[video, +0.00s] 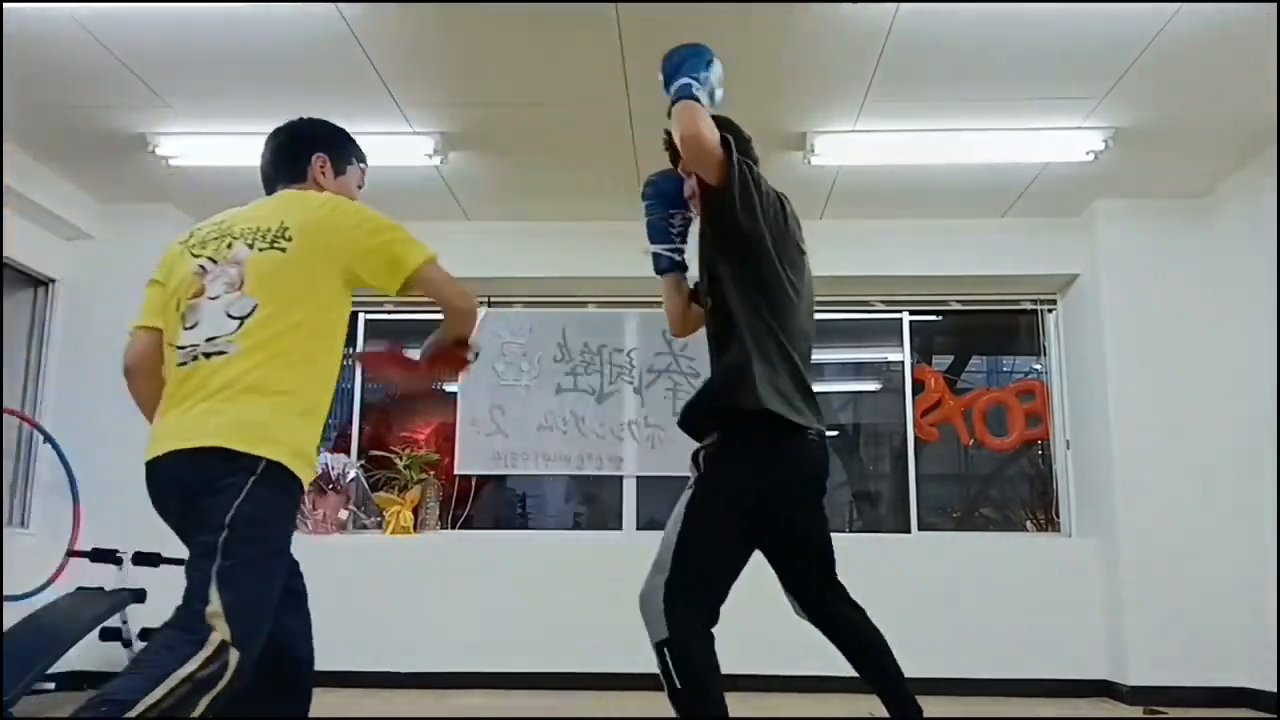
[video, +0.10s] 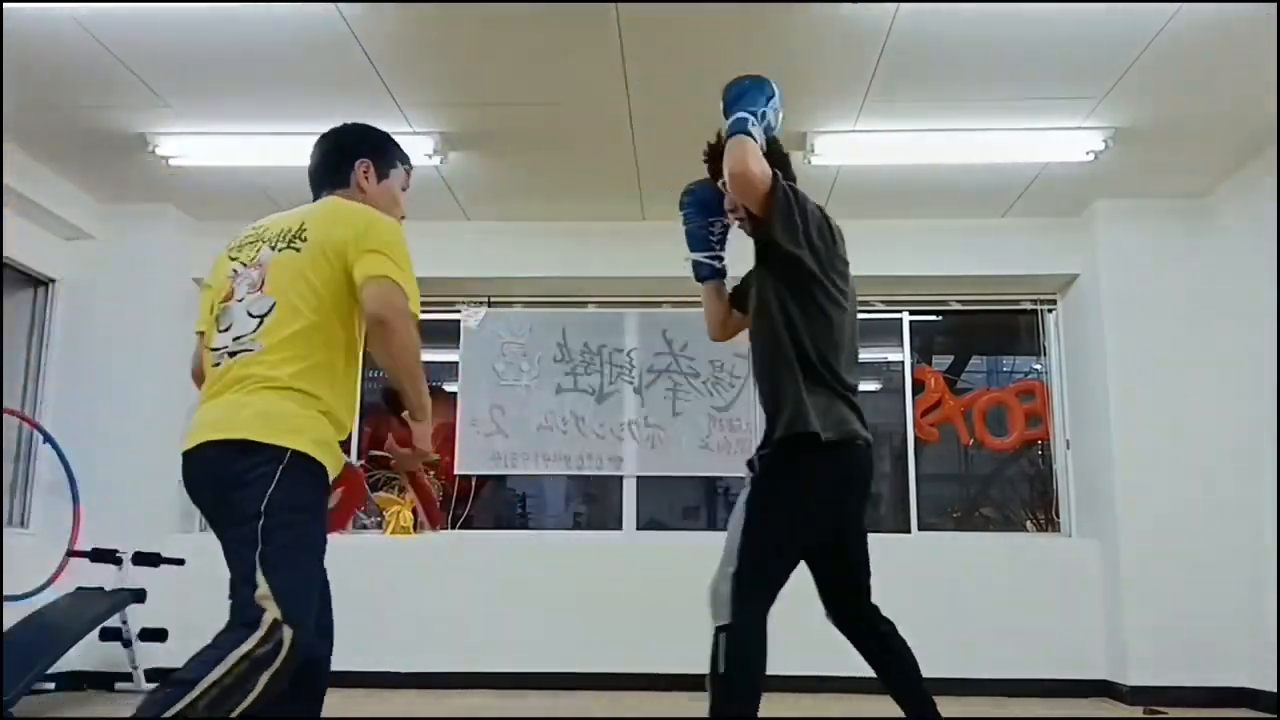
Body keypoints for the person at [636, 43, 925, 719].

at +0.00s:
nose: (683, 183)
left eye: (686, 163)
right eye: (677, 169)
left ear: (715, 154)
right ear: (732, 162)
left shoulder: (754, 203)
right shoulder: (745, 234)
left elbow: (696, 138)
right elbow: (683, 324)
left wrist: (688, 88)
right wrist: (669, 247)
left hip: (757, 444)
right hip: (788, 445)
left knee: (678, 609)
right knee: (820, 597)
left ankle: (707, 716)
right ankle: (908, 711)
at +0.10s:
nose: (729, 205)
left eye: (734, 188)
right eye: (724, 195)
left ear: (764, 177)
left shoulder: (806, 226)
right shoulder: (778, 264)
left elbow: (744, 176)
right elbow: (722, 325)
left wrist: (745, 126)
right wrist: (708, 256)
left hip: (810, 449)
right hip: (830, 451)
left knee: (742, 602)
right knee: (850, 608)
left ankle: (731, 715)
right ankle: (926, 713)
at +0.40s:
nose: (812, 194)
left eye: (817, 179)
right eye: (804, 185)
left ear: (844, 176)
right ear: (810, 195)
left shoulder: (887, 227)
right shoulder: (845, 256)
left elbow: (860, 198)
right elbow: (799, 320)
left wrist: (831, 141)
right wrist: (785, 246)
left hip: (907, 444)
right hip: (913, 443)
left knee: (852, 606)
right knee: (977, 584)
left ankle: (890, 715)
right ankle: (1050, 702)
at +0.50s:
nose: (845, 227)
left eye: (851, 213)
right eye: (840, 217)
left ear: (878, 209)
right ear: (847, 222)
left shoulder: (923, 254)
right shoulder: (877, 283)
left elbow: (905, 245)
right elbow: (828, 346)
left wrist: (879, 181)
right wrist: (814, 275)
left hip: (935, 471)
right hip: (939, 472)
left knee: (853, 606)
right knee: (1011, 600)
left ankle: (890, 715)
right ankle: (1097, 707)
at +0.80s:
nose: (894, 223)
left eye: (900, 208)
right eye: (888, 213)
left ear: (929, 205)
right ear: (891, 220)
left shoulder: (976, 247)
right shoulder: (926, 279)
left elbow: (982, 266)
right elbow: (895, 351)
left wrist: (929, 210)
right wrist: (869, 290)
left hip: (1008, 459)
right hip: (998, 458)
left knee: (949, 606)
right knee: (1063, 595)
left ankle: (954, 714)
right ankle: (1130, 709)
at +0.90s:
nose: (913, 249)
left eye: (918, 235)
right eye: (909, 239)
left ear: (946, 232)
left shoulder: (991, 271)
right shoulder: (950, 304)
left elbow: (977, 278)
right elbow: (911, 373)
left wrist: (936, 224)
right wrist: (886, 304)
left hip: (1009, 479)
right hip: (1026, 477)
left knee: (927, 604)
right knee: (1062, 609)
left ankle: (946, 715)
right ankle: (1143, 712)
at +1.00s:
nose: (939, 255)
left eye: (946, 241)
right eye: (934, 247)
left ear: (978, 238)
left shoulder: (1012, 278)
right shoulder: (972, 308)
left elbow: (1007, 299)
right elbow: (941, 381)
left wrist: (960, 245)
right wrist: (912, 317)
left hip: (1021, 488)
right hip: (1048, 484)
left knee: (954, 608)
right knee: (1070, 612)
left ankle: (956, 716)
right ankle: (1146, 713)